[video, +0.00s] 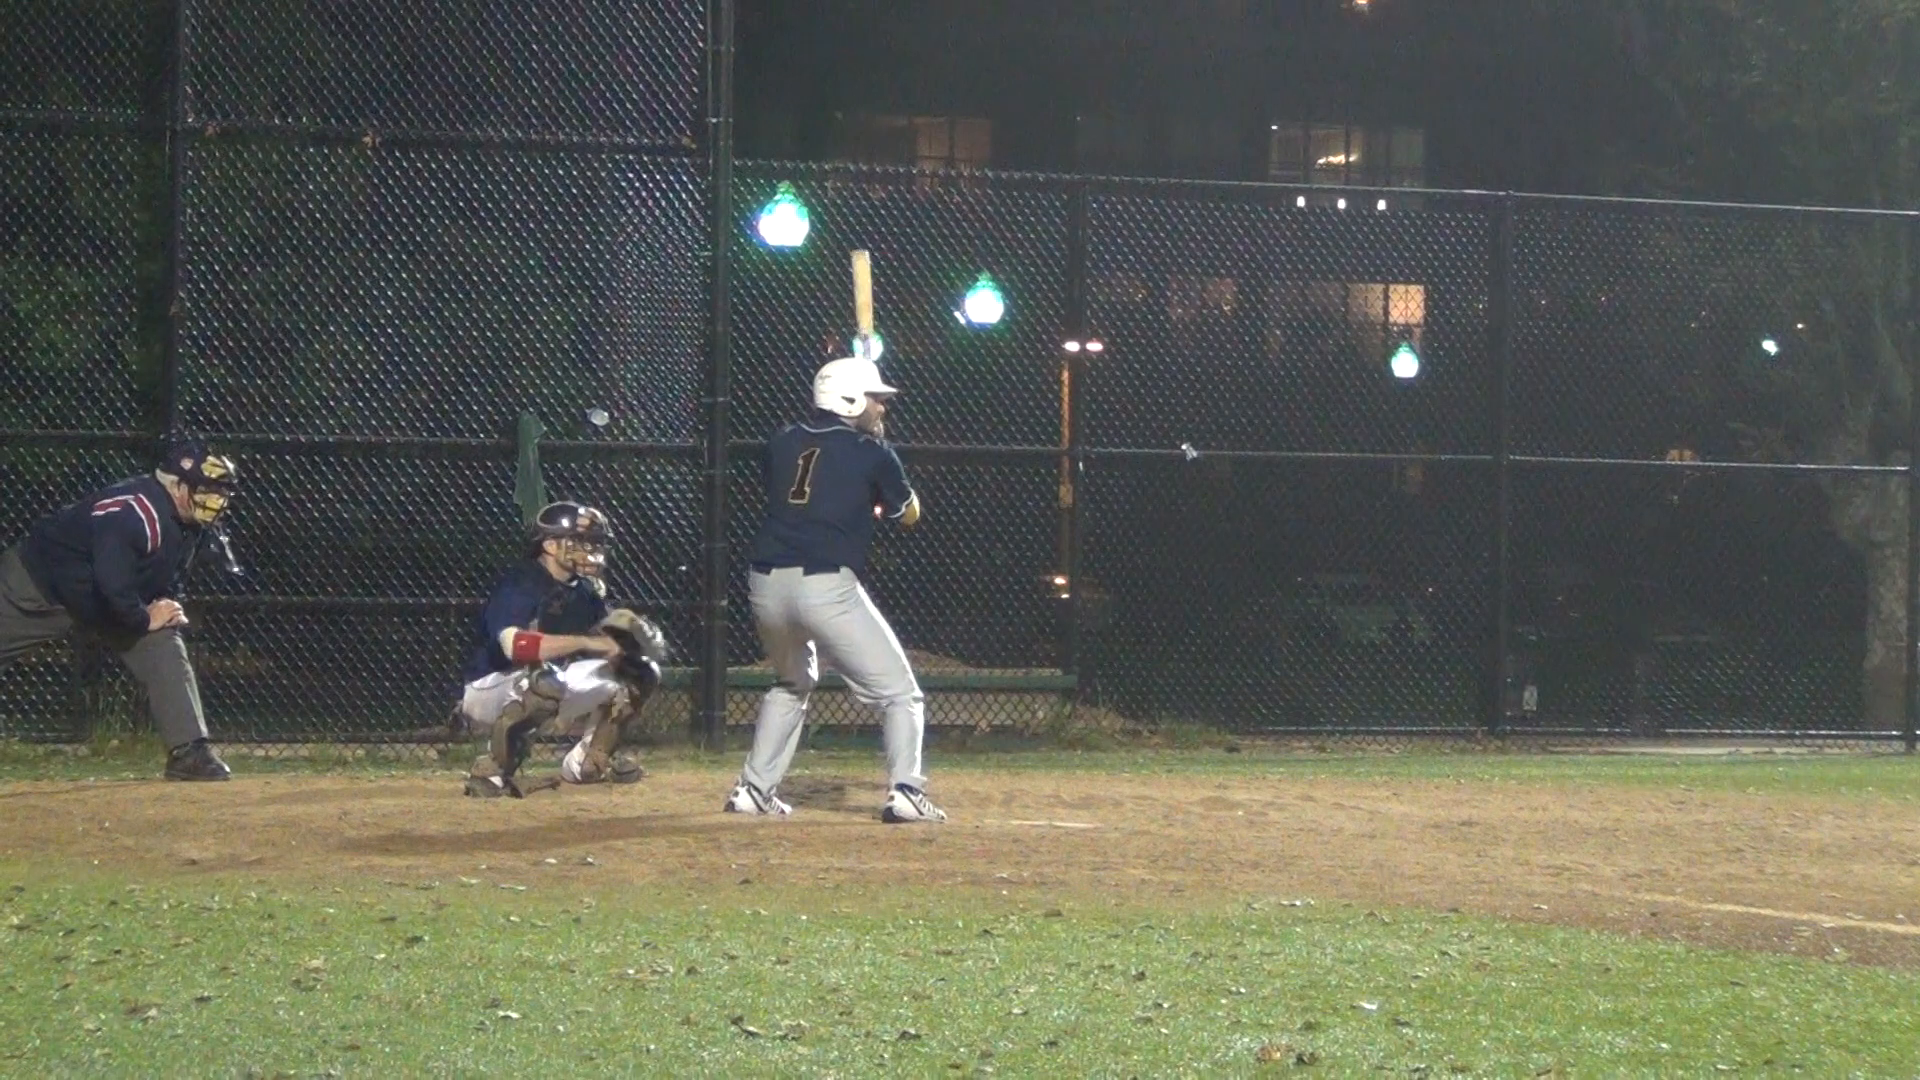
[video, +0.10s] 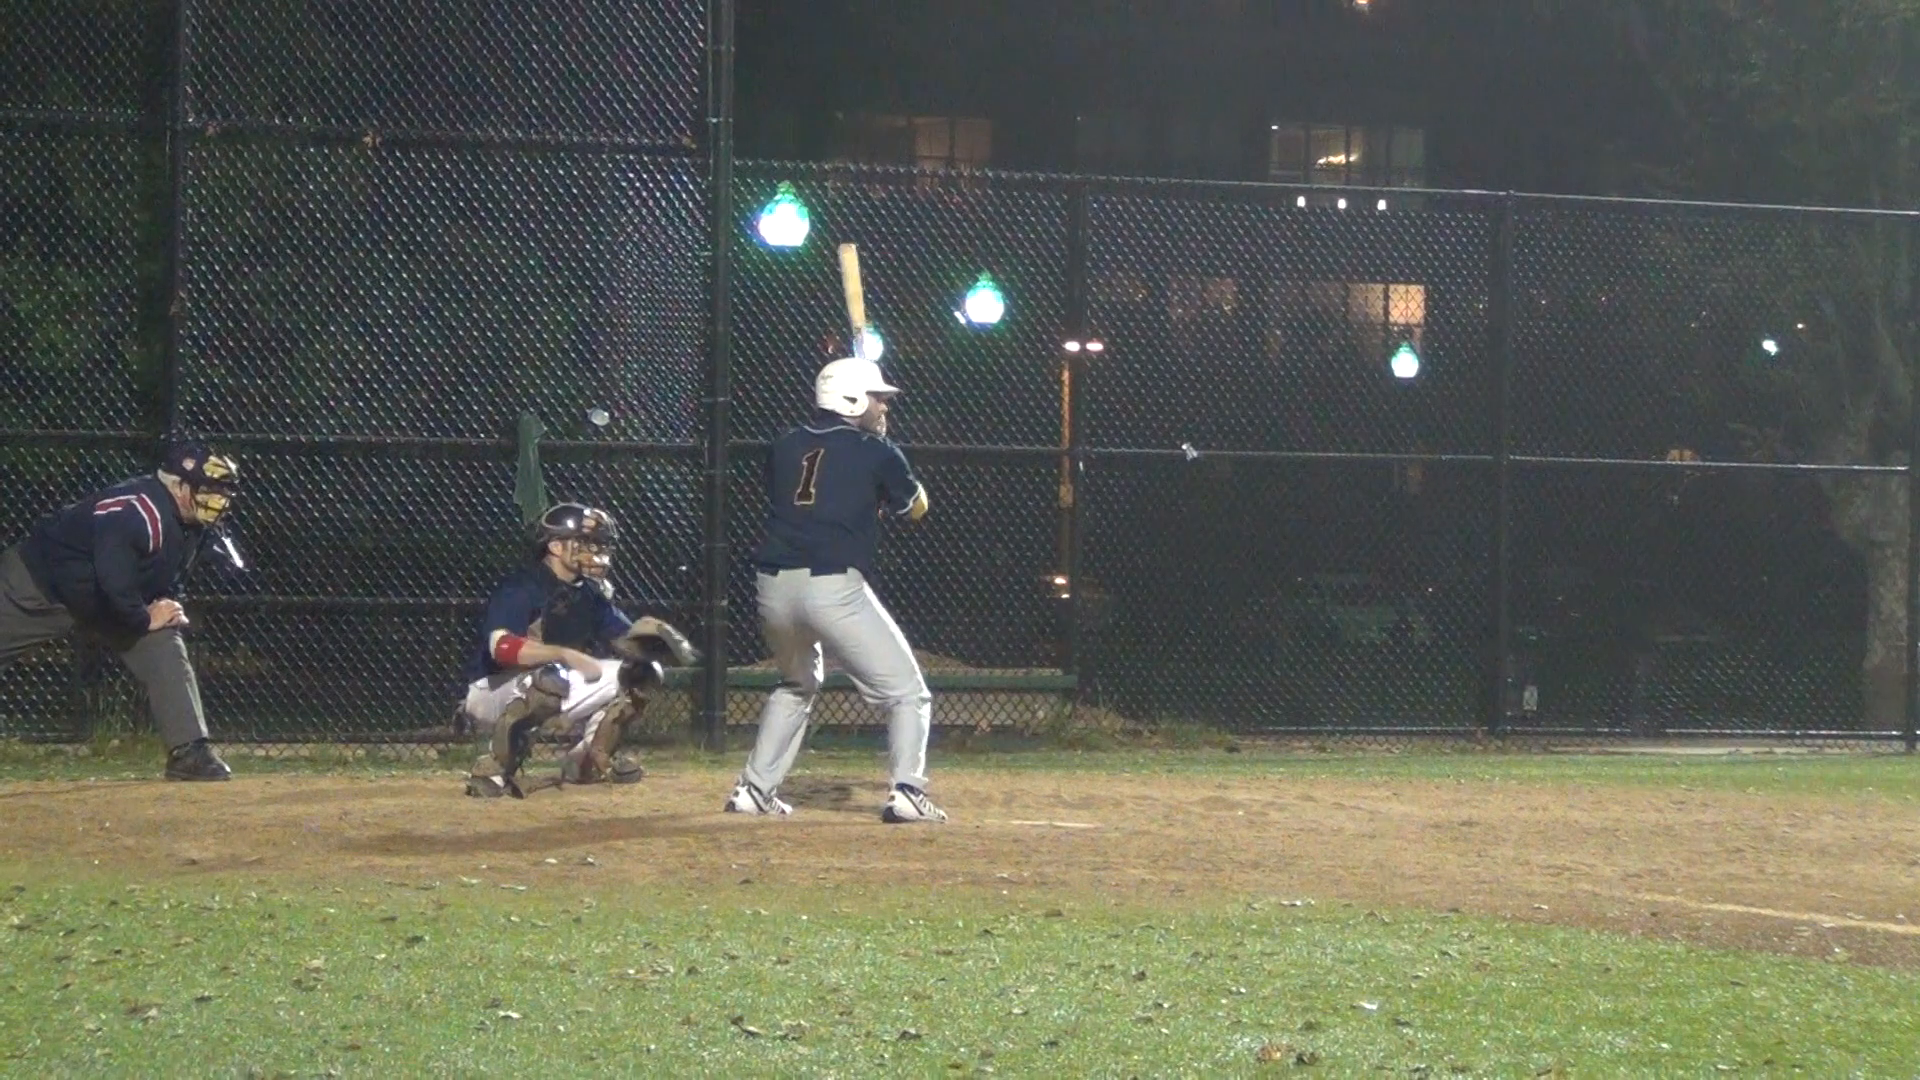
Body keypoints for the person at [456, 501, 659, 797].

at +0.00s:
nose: (590, 550)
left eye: (592, 543)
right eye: (580, 543)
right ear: (551, 546)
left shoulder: (587, 589)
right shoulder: (519, 584)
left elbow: (601, 634)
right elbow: (514, 646)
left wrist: (634, 638)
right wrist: (587, 643)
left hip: (554, 682)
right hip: (488, 690)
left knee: (638, 675)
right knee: (544, 682)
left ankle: (586, 764)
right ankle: (491, 773)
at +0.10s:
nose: (594, 552)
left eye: (596, 544)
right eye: (585, 544)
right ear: (555, 547)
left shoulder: (589, 593)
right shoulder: (521, 585)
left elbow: (627, 639)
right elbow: (502, 649)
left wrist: (657, 642)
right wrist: (563, 654)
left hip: (559, 686)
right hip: (492, 690)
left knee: (639, 674)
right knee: (551, 681)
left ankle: (589, 762)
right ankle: (492, 772)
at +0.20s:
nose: (599, 554)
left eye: (600, 546)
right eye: (589, 546)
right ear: (560, 550)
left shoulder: (593, 593)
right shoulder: (527, 586)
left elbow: (634, 637)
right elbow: (491, 650)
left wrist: (673, 647)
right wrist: (536, 676)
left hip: (555, 688)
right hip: (496, 691)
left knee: (637, 677)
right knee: (548, 680)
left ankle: (589, 764)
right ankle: (493, 772)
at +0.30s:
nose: (604, 556)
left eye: (605, 549)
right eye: (595, 548)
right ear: (565, 551)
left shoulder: (597, 595)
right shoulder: (529, 588)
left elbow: (641, 643)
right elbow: (487, 656)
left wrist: (679, 650)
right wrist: (506, 701)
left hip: (556, 694)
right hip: (503, 693)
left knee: (640, 678)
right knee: (553, 678)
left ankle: (588, 764)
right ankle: (496, 769)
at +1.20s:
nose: (621, 556)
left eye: (623, 549)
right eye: (611, 548)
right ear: (585, 552)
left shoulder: (616, 604)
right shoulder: (549, 591)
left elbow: (647, 658)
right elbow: (493, 656)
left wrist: (685, 666)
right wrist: (492, 725)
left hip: (571, 691)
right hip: (511, 691)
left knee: (649, 689)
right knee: (563, 686)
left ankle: (592, 764)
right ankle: (496, 768)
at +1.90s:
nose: (622, 552)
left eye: (625, 545)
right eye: (612, 544)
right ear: (582, 545)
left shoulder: (621, 596)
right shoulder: (541, 584)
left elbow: (645, 649)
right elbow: (490, 642)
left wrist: (667, 659)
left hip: (575, 691)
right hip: (514, 690)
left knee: (651, 697)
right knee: (565, 691)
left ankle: (591, 764)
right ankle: (500, 771)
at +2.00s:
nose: (621, 539)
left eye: (624, 532)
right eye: (610, 530)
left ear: (631, 536)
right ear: (581, 534)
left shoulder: (621, 584)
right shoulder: (542, 580)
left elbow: (655, 652)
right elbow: (501, 645)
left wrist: (637, 626)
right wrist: (555, 638)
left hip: (579, 681)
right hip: (515, 679)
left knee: (657, 695)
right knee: (569, 690)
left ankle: (593, 761)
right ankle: (501, 770)